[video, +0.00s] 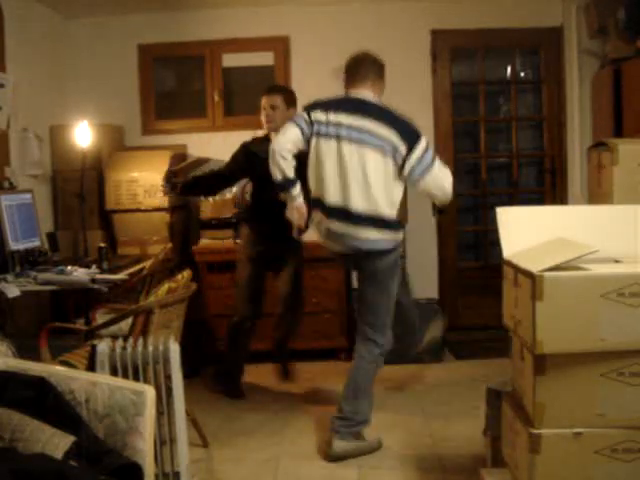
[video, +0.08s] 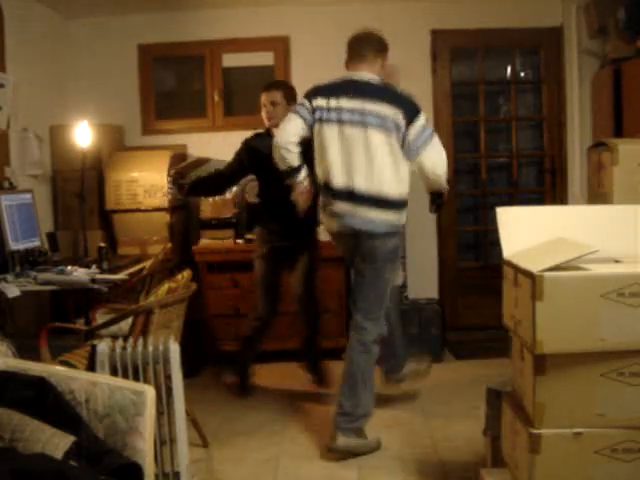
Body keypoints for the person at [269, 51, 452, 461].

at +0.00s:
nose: (378, 92)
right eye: (380, 86)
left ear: (345, 83)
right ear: (381, 85)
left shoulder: (317, 113)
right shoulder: (399, 129)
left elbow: (281, 145)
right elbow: (443, 189)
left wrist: (293, 197)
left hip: (332, 234)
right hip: (378, 243)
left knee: (391, 268)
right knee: (373, 340)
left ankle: (413, 335)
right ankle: (347, 433)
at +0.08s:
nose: (384, 69)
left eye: (378, 63)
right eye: (385, 63)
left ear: (346, 62)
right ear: (383, 63)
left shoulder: (318, 97)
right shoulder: (399, 104)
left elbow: (283, 141)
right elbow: (437, 168)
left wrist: (299, 180)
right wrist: (438, 186)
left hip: (338, 220)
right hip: (381, 225)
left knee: (381, 288)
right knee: (366, 324)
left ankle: (395, 363)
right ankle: (349, 430)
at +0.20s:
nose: (389, 68)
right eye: (391, 62)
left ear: (353, 59)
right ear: (390, 60)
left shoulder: (326, 97)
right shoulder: (408, 96)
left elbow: (308, 161)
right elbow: (432, 157)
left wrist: (340, 155)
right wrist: (420, 170)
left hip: (338, 221)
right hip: (382, 221)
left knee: (360, 312)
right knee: (392, 315)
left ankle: (367, 413)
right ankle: (328, 372)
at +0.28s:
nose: (392, 77)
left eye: (387, 72)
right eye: (393, 71)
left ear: (356, 68)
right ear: (392, 68)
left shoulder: (327, 105)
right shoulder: (411, 103)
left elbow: (312, 170)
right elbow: (431, 162)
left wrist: (347, 160)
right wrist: (426, 184)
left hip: (339, 227)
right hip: (382, 227)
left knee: (356, 319)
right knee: (398, 317)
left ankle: (365, 419)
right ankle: (330, 346)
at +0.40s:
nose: (407, 101)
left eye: (408, 95)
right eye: (406, 95)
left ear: (371, 88)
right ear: (392, 87)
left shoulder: (336, 126)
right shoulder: (407, 118)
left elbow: (332, 183)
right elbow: (421, 170)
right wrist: (431, 200)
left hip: (343, 234)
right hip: (387, 234)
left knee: (378, 321)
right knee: (428, 319)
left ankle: (367, 418)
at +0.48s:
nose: (412, 82)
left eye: (413, 76)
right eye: (410, 75)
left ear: (377, 69)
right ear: (390, 67)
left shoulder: (358, 105)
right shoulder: (394, 96)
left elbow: (376, 160)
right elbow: (397, 152)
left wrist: (423, 137)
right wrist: (422, 186)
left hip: (355, 220)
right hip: (383, 216)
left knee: (380, 315)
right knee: (462, 281)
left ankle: (370, 419)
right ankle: (374, 323)